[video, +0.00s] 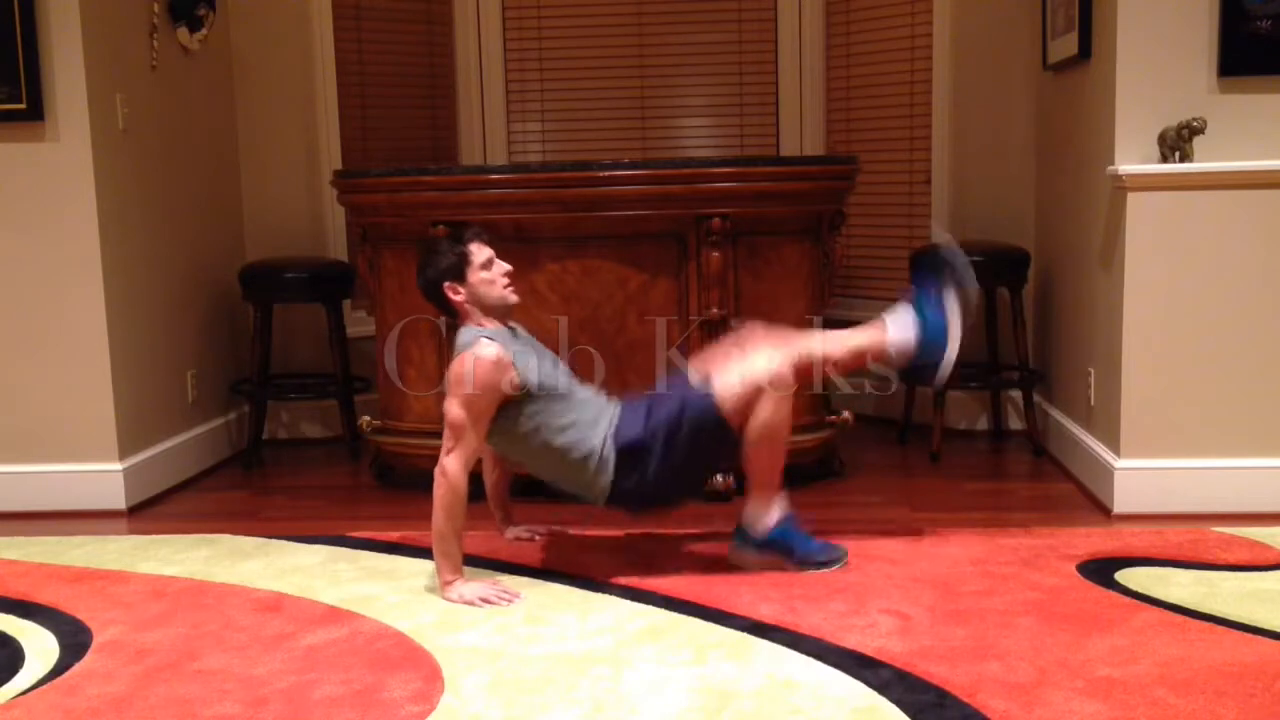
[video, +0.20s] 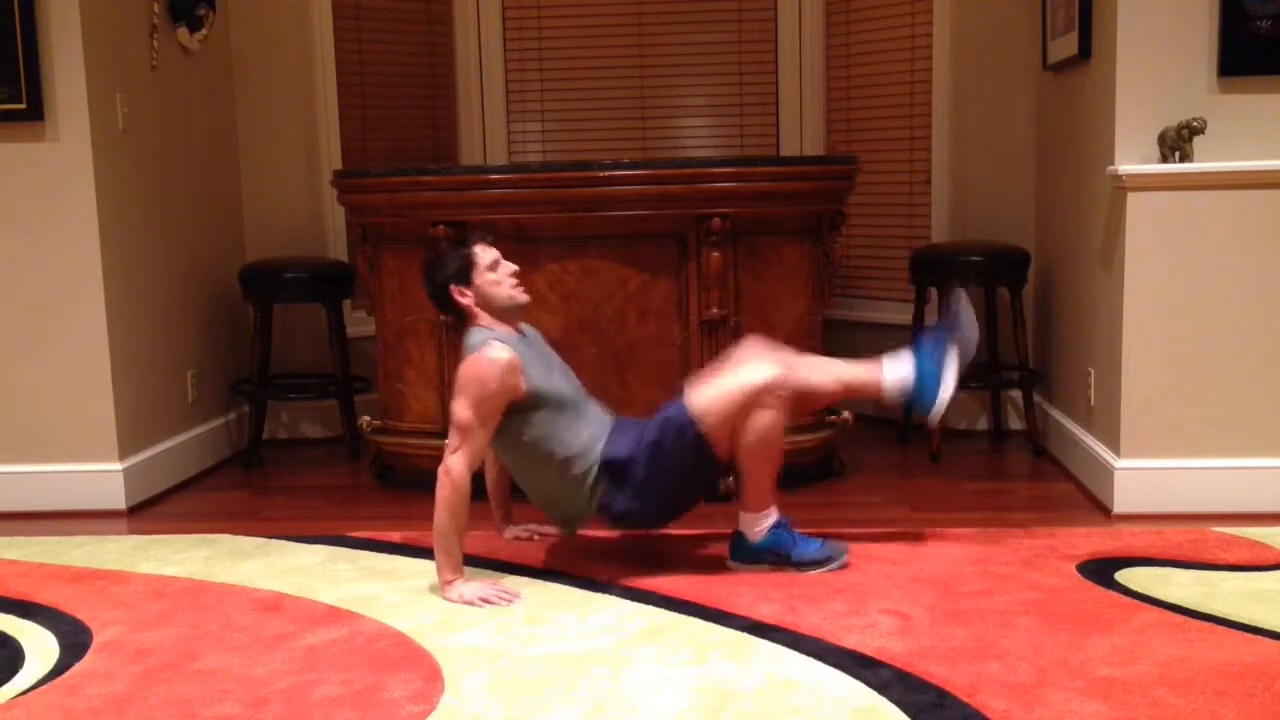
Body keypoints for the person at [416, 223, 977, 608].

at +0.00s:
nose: (505, 271)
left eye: (499, 262)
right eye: (489, 267)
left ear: (481, 283)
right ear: (456, 293)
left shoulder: (500, 338)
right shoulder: (478, 360)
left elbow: (488, 439)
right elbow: (450, 465)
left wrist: (501, 517)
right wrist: (448, 577)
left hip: (633, 428)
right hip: (626, 460)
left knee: (758, 341)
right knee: (767, 372)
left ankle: (905, 333)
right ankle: (762, 525)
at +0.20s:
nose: (512, 271)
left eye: (506, 262)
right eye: (496, 268)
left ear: (490, 285)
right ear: (465, 295)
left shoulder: (511, 337)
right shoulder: (487, 360)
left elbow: (492, 438)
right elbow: (454, 465)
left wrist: (502, 520)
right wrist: (450, 578)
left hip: (632, 453)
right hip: (623, 481)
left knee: (759, 356)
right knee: (759, 374)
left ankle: (901, 376)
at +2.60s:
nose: (510, 272)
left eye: (504, 262)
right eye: (493, 269)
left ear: (494, 280)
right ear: (461, 295)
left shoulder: (508, 337)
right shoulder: (481, 364)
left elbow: (491, 437)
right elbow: (449, 469)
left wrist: (499, 519)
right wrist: (446, 579)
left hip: (628, 434)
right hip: (623, 470)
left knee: (769, 367)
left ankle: (729, 515)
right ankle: (918, 314)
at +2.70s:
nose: (511, 269)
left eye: (505, 261)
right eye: (495, 266)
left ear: (491, 284)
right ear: (465, 295)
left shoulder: (510, 339)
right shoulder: (487, 365)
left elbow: (490, 436)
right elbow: (450, 467)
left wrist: (501, 519)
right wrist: (445, 578)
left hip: (624, 441)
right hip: (623, 478)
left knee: (762, 366)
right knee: (776, 386)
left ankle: (728, 512)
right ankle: (912, 315)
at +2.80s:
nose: (504, 267)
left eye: (498, 258)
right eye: (487, 264)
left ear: (478, 282)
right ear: (454, 291)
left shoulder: (502, 337)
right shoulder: (475, 360)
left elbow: (489, 441)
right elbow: (446, 468)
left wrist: (503, 524)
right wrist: (447, 577)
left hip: (640, 433)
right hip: (633, 461)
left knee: (772, 343)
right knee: (758, 336)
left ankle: (737, 503)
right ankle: (913, 337)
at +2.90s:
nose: (495, 269)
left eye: (490, 259)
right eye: (478, 264)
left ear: (470, 281)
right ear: (444, 288)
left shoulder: (489, 338)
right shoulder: (466, 357)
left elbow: (492, 439)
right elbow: (446, 465)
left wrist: (499, 519)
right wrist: (450, 578)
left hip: (632, 429)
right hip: (630, 446)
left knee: (762, 331)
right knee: (754, 308)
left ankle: (809, 449)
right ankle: (873, 415)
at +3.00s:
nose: (499, 269)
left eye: (494, 259)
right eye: (482, 264)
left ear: (481, 277)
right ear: (449, 289)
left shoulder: (492, 337)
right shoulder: (468, 358)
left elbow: (486, 440)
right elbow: (445, 466)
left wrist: (499, 519)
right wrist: (448, 578)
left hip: (627, 420)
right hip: (621, 450)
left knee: (756, 317)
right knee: (753, 335)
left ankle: (887, 374)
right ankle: (807, 484)